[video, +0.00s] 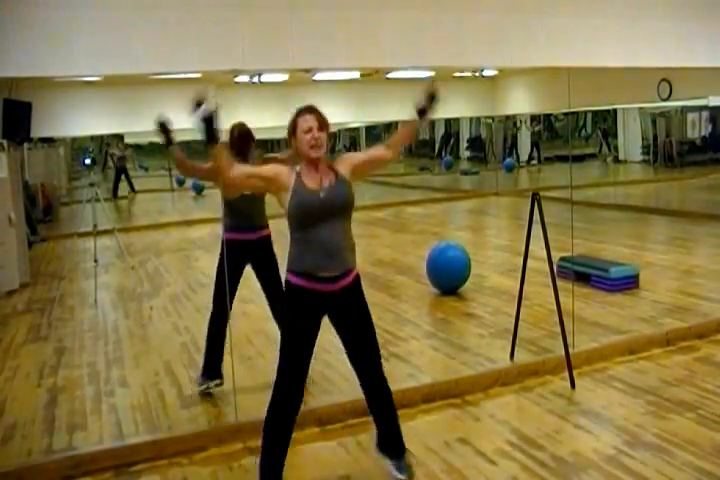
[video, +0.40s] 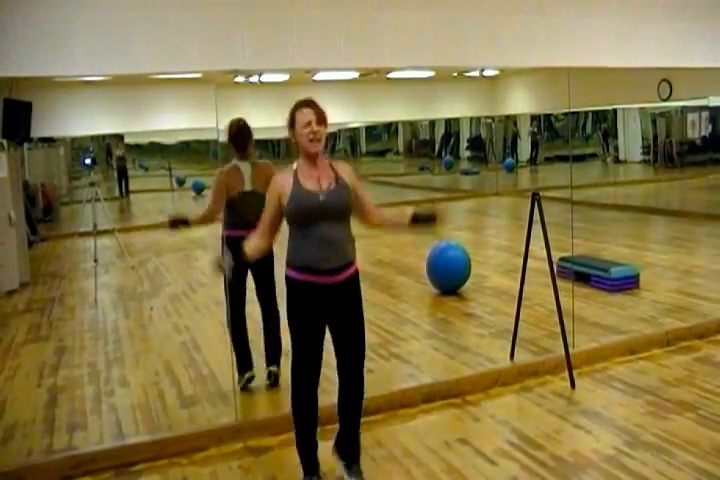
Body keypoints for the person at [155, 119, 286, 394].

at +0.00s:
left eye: (234, 141)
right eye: (246, 140)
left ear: (230, 143)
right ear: (253, 144)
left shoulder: (222, 170)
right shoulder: (265, 166)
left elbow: (185, 167)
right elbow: (295, 157)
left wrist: (170, 141)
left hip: (234, 244)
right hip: (262, 242)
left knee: (221, 308)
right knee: (279, 304)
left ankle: (212, 374)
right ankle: (299, 359)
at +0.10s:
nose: (247, 143)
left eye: (238, 138)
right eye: (249, 138)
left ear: (230, 142)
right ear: (252, 140)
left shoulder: (223, 172)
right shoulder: (268, 166)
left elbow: (199, 197)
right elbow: (284, 193)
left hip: (234, 241)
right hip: (263, 238)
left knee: (232, 303)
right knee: (269, 297)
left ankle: (236, 369)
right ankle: (280, 359)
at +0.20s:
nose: (247, 155)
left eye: (236, 151)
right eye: (251, 151)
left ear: (230, 154)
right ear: (252, 153)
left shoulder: (227, 187)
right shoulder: (265, 183)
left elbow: (219, 228)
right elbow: (277, 220)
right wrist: (278, 249)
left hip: (237, 253)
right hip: (263, 250)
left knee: (239, 310)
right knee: (264, 309)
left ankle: (253, 372)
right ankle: (268, 369)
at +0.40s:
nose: (236, 143)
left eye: (233, 138)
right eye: (244, 137)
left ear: (229, 142)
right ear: (252, 140)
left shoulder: (225, 175)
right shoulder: (267, 170)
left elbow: (212, 214)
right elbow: (279, 205)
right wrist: (269, 229)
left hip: (234, 245)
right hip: (263, 242)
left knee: (236, 310)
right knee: (270, 305)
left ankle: (245, 370)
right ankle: (274, 364)